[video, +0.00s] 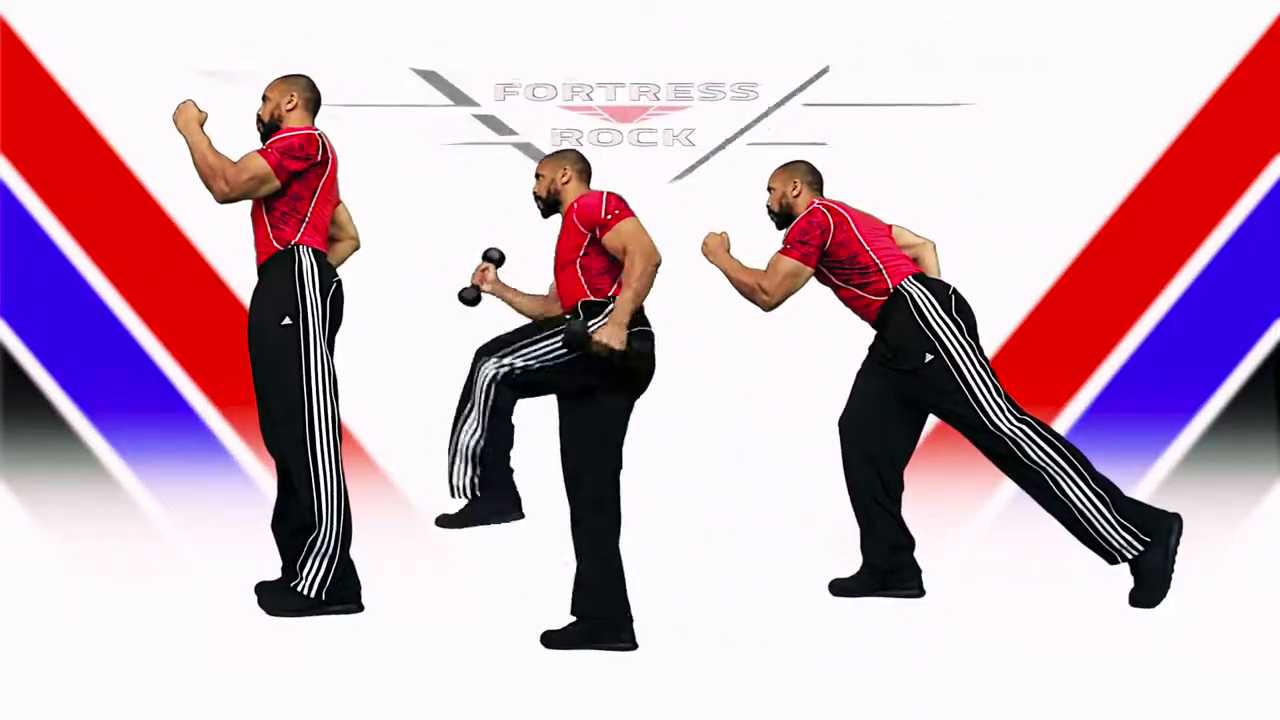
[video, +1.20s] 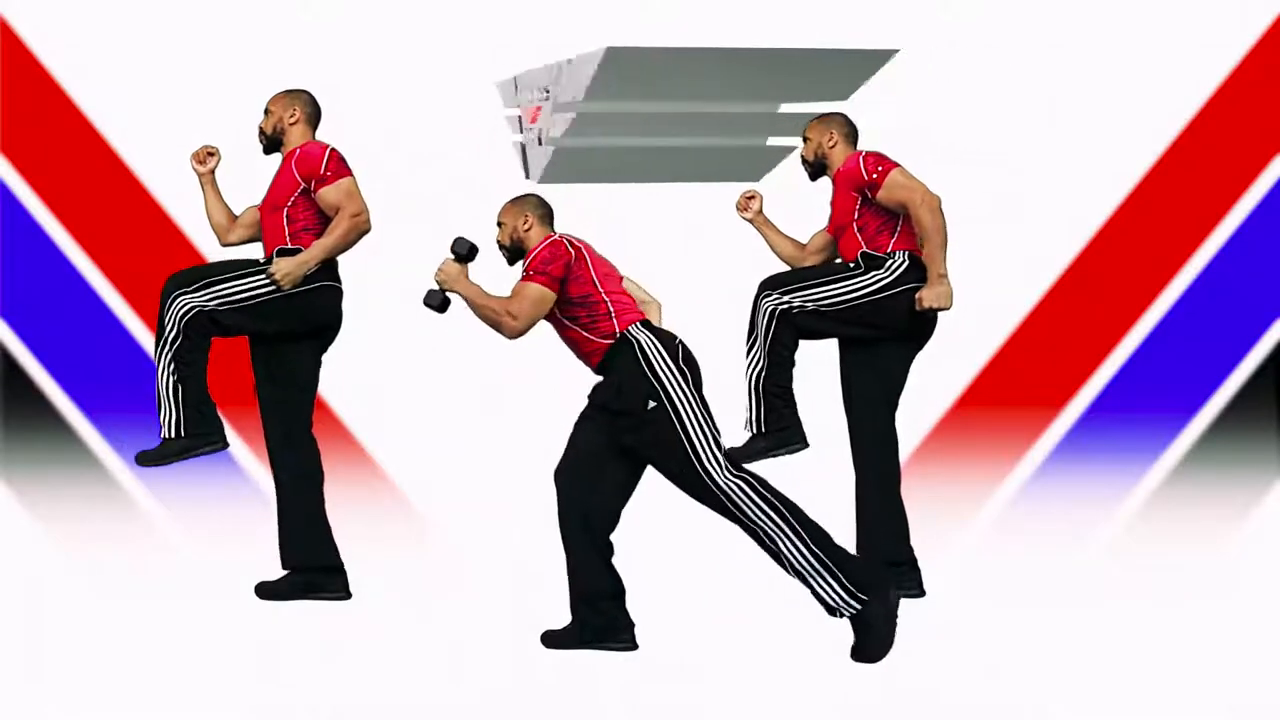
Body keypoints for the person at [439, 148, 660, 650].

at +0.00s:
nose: (534, 187)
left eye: (539, 177)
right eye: (535, 179)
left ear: (564, 175)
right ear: (565, 178)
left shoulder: (593, 202)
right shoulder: (573, 233)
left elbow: (645, 256)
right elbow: (556, 309)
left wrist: (619, 321)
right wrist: (498, 287)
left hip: (600, 335)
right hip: (607, 348)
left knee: (493, 365)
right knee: (591, 492)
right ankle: (604, 620)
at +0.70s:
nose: (533, 190)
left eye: (538, 180)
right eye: (533, 183)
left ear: (563, 177)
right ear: (567, 178)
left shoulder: (591, 207)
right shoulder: (570, 234)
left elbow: (627, 263)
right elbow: (570, 319)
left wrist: (586, 327)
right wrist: (507, 308)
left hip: (606, 339)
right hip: (610, 352)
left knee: (506, 401)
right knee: (584, 485)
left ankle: (558, 528)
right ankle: (601, 620)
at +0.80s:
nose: (523, 194)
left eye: (527, 184)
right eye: (523, 187)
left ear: (552, 182)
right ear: (557, 184)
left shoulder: (582, 213)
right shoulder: (563, 242)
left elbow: (601, 276)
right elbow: (572, 332)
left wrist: (541, 326)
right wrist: (528, 342)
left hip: (619, 336)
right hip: (602, 347)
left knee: (551, 444)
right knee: (588, 476)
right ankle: (601, 619)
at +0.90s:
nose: (512, 204)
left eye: (516, 193)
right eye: (512, 196)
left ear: (541, 191)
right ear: (546, 193)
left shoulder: (573, 221)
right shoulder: (555, 247)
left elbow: (576, 285)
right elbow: (598, 325)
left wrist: (500, 313)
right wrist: (564, 368)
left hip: (627, 343)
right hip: (602, 361)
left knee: (616, 474)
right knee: (580, 481)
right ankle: (602, 618)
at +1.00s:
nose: (503, 215)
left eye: (507, 205)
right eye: (503, 207)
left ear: (532, 202)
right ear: (536, 204)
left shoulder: (559, 229)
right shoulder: (562, 245)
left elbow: (547, 297)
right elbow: (602, 318)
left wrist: (475, 298)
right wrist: (591, 376)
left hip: (630, 349)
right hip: (606, 366)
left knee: (673, 484)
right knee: (580, 489)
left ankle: (819, 561)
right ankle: (602, 622)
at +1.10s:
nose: (498, 227)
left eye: (503, 217)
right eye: (498, 220)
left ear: (529, 211)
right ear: (533, 218)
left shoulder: (555, 240)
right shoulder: (563, 252)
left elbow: (523, 308)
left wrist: (461, 287)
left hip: (640, 355)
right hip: (613, 373)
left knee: (707, 479)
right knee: (578, 490)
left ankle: (848, 585)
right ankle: (602, 621)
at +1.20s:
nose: (497, 236)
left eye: (504, 225)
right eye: (498, 228)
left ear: (531, 220)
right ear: (535, 228)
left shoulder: (552, 251)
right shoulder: (569, 258)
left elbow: (512, 320)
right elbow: (647, 305)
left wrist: (457, 283)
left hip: (648, 360)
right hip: (622, 379)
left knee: (718, 480)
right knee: (578, 486)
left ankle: (859, 597)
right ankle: (602, 621)